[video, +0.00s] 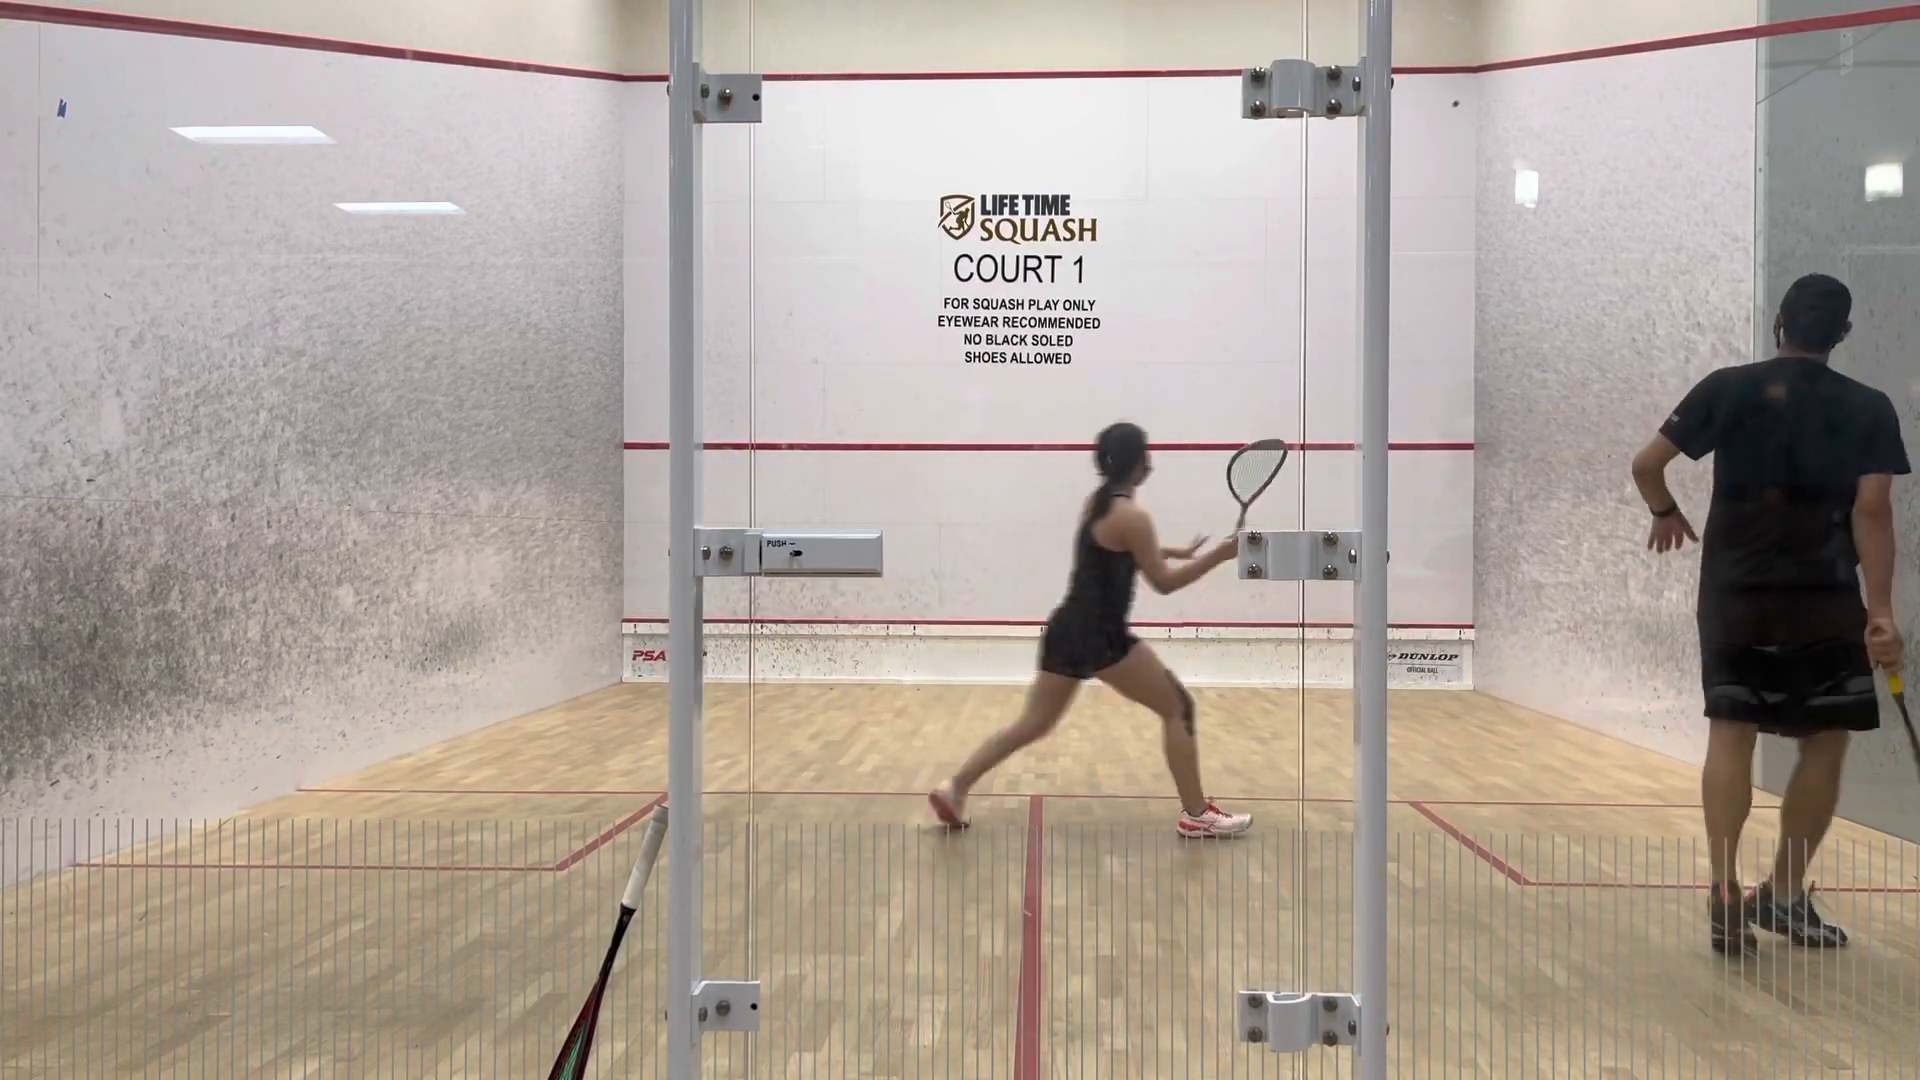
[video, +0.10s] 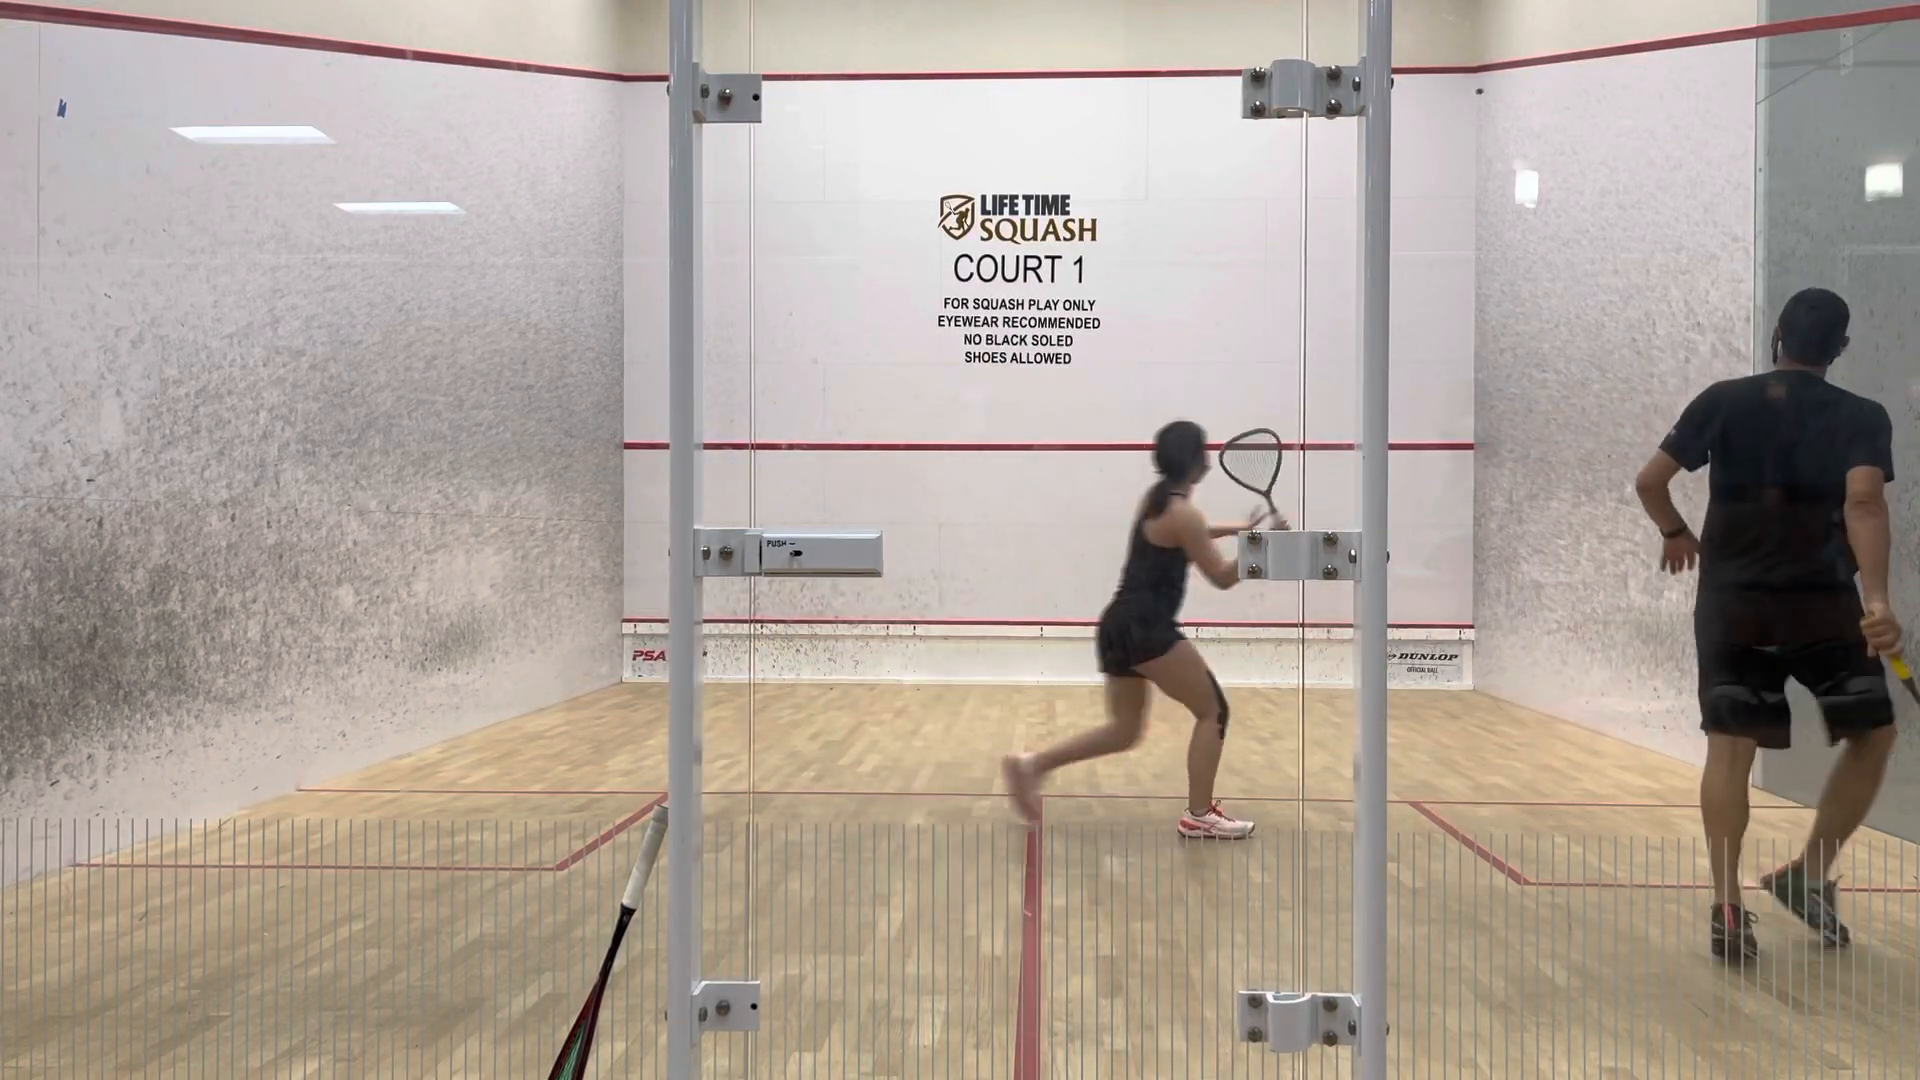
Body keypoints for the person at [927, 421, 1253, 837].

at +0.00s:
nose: (1151, 459)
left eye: (1147, 452)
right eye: (1146, 453)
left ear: (1109, 460)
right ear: (1138, 461)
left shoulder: (1098, 505)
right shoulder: (1132, 518)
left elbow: (1126, 547)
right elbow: (1165, 582)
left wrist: (1179, 552)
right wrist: (1221, 555)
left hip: (1067, 631)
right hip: (1101, 637)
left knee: (1033, 723)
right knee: (1178, 707)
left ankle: (954, 791)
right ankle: (1196, 812)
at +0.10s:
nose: (1209, 459)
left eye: (1207, 451)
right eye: (1205, 452)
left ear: (1165, 460)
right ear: (1197, 461)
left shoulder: (1154, 502)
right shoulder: (1184, 515)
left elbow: (1192, 534)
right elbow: (1223, 577)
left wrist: (1246, 529)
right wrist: (1242, 558)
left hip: (1119, 626)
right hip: (1148, 631)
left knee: (1124, 732)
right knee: (1213, 711)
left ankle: (1032, 767)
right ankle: (1200, 814)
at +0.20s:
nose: (1258, 465)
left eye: (1256, 457)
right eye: (1256, 458)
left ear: (1221, 464)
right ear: (1248, 467)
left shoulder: (1212, 501)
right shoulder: (1226, 511)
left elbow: (1253, 535)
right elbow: (1270, 546)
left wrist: (1286, 529)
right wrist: (1302, 532)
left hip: (1172, 625)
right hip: (1183, 629)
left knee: (1226, 714)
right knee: (1236, 719)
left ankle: (1150, 773)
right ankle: (1200, 814)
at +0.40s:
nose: (1354, 493)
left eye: (1354, 483)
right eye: (1351, 483)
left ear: (1328, 481)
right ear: (1339, 485)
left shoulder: (1332, 520)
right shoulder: (1309, 518)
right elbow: (1277, 536)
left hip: (1301, 637)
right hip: (1277, 638)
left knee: (1366, 684)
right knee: (1282, 741)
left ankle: (1404, 765)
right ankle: (1207, 804)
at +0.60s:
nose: (1455, 505)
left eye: (1452, 498)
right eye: (1450, 499)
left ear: (1412, 506)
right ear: (1441, 507)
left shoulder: (1398, 545)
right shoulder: (1421, 560)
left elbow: (1351, 566)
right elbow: (1456, 600)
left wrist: (1306, 593)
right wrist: (1439, 548)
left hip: (1410, 667)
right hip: (1400, 672)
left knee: (1476, 694)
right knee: (1379, 759)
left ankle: (1492, 784)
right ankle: (1289, 781)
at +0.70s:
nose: (1484, 508)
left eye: (1482, 501)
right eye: (1481, 502)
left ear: (1438, 509)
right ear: (1468, 510)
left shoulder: (1415, 547)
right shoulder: (1482, 564)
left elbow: (1386, 605)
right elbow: (1544, 592)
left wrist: (1382, 649)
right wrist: (1576, 582)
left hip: (1401, 660)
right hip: (1428, 672)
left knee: (1485, 689)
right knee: (1418, 771)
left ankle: (1494, 783)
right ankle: (1337, 783)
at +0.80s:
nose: (1501, 504)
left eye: (1498, 497)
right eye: (1496, 498)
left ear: (1454, 502)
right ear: (1483, 505)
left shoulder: (1426, 543)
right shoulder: (1502, 550)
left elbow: (1409, 597)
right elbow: (1553, 573)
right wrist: (1598, 582)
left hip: (1408, 656)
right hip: (1442, 668)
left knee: (1487, 688)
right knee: (1442, 764)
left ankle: (1495, 782)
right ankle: (1360, 772)